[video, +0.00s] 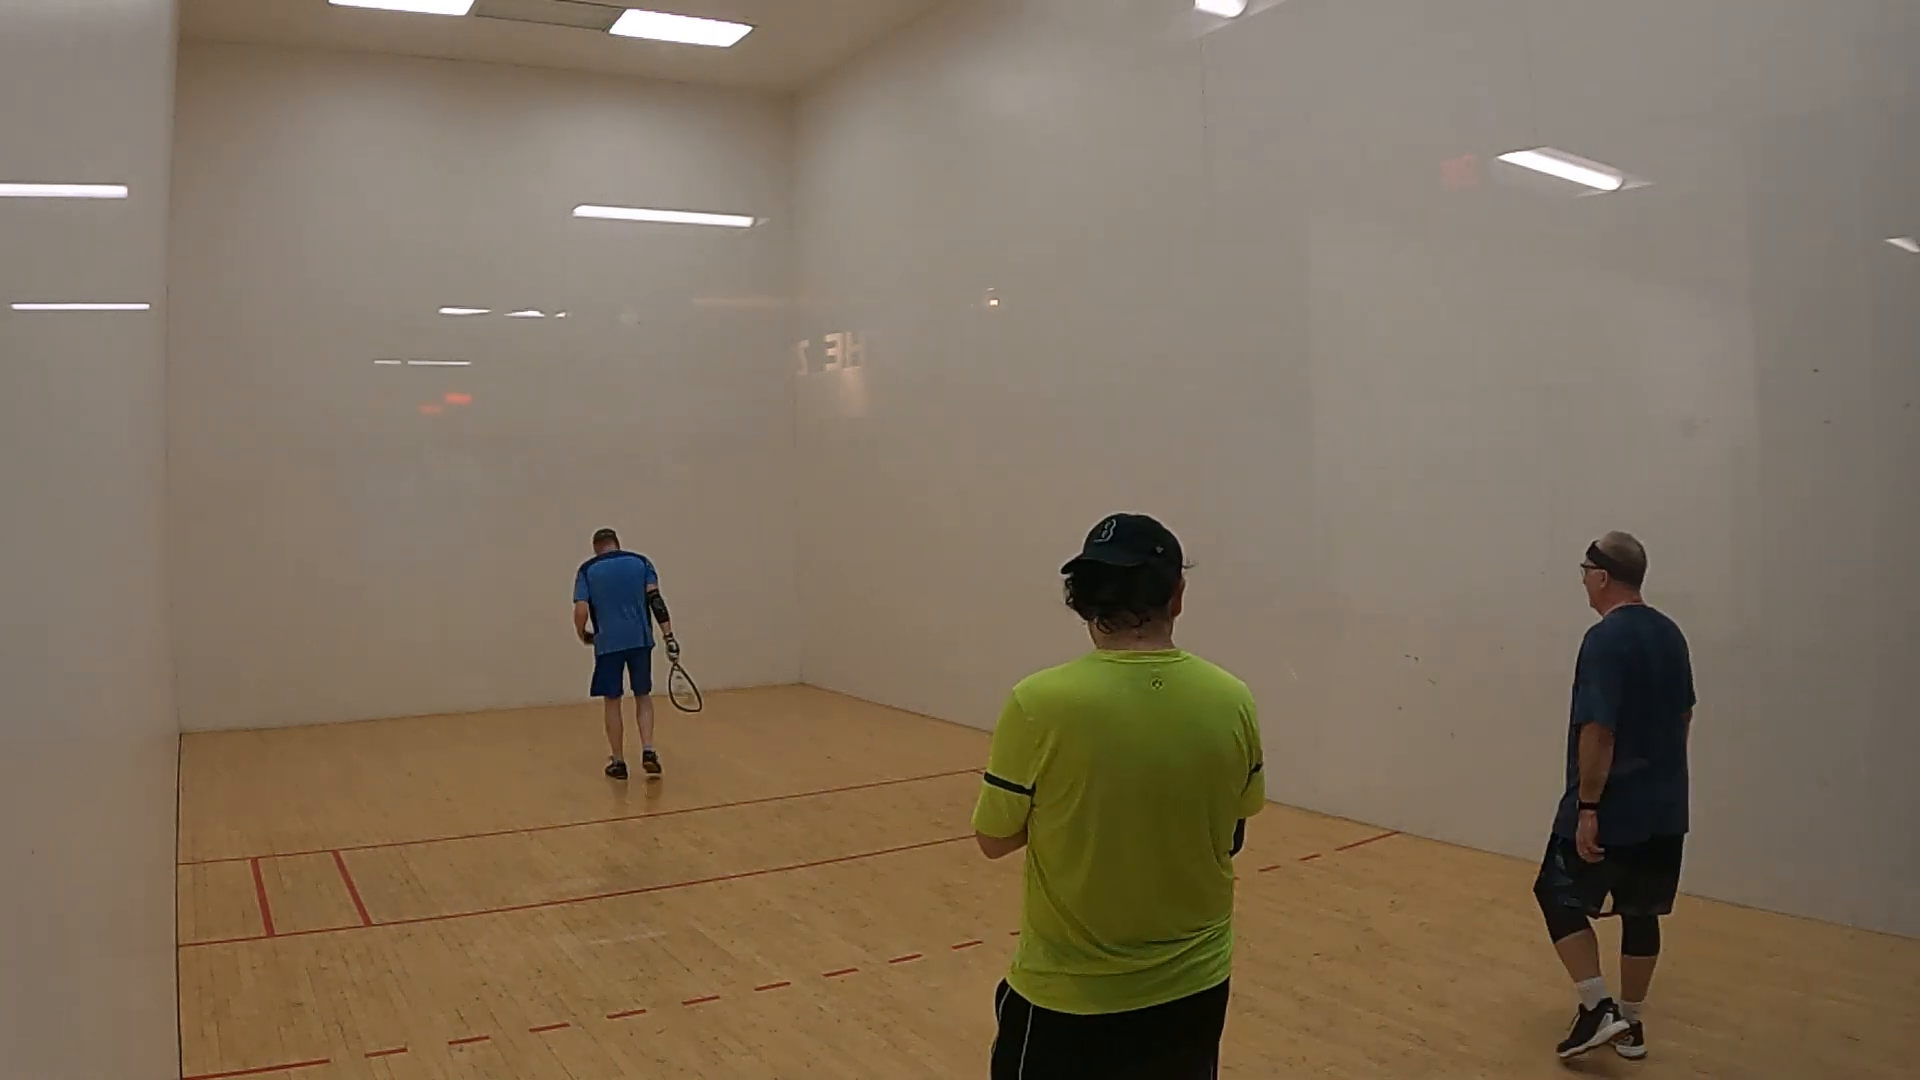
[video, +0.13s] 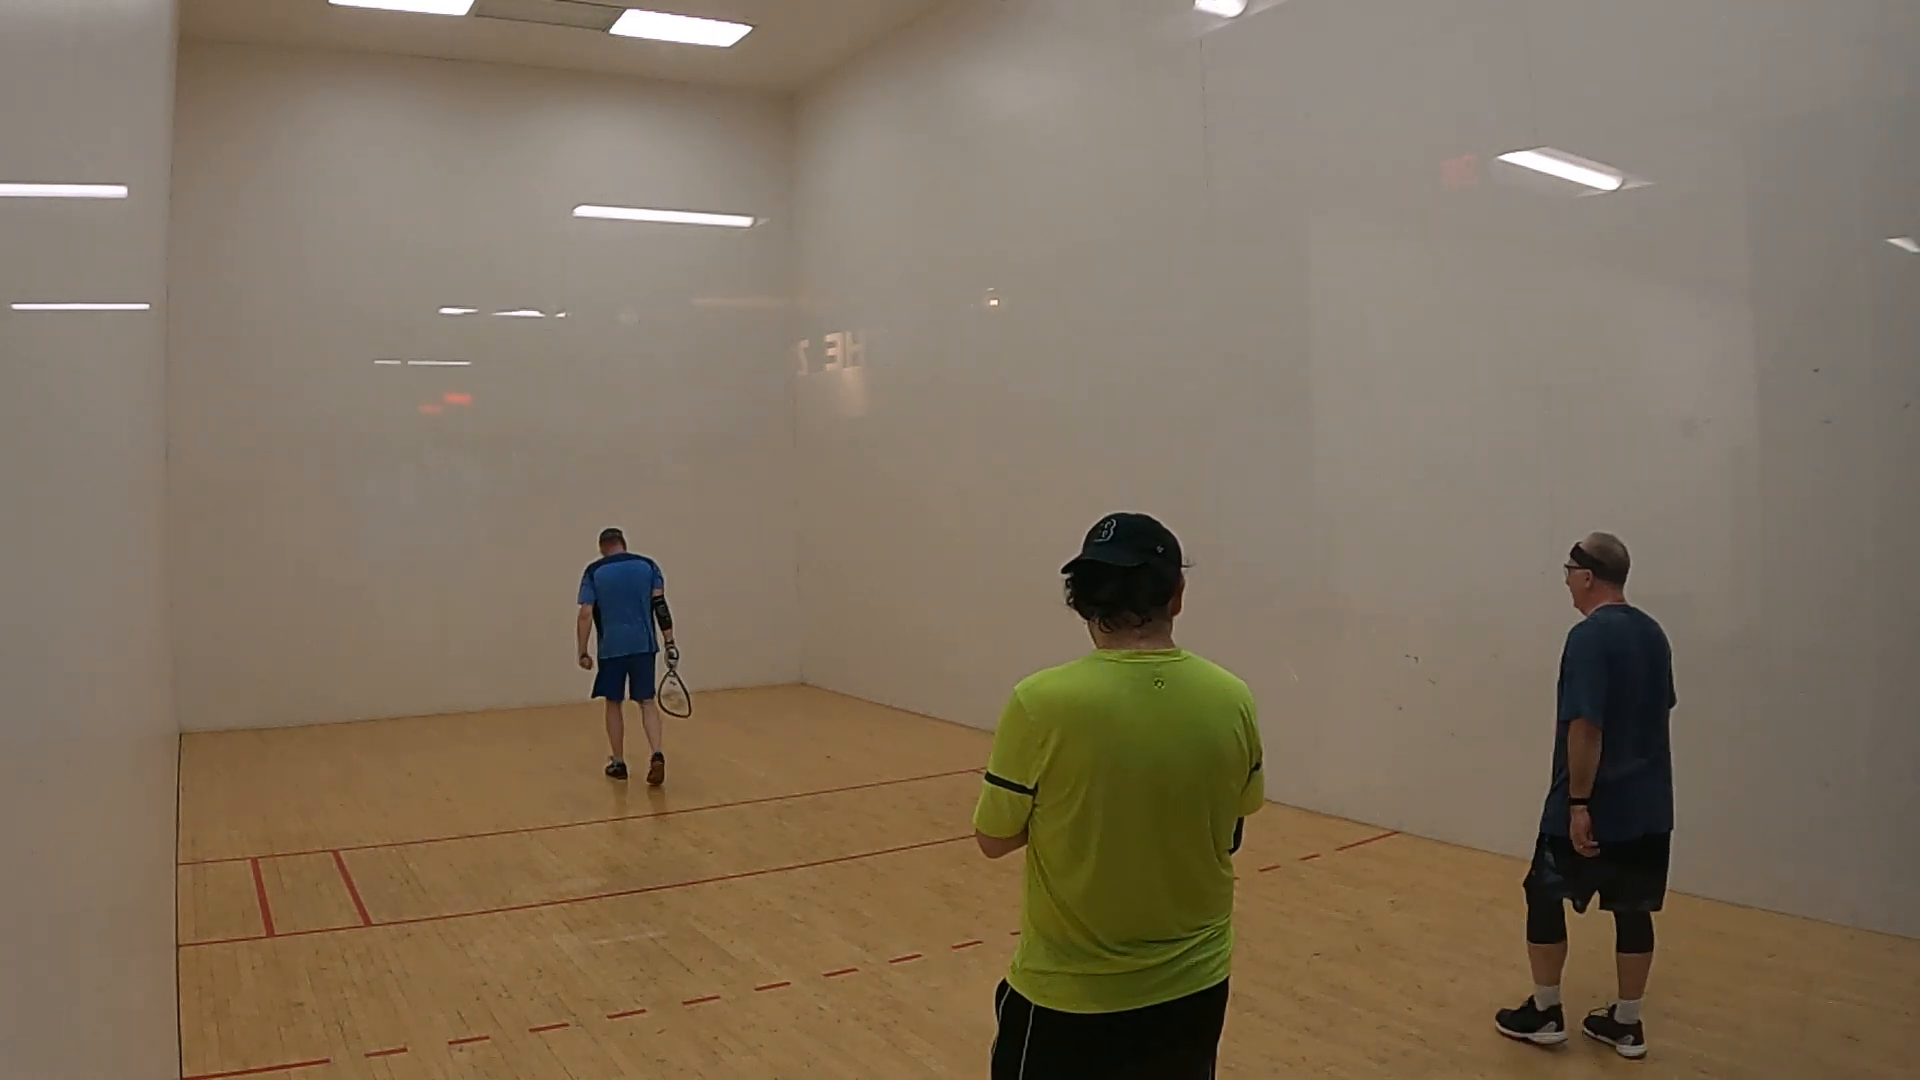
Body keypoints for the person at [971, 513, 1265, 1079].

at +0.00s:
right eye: (1186, 585)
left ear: (1082, 599)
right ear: (1178, 596)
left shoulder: (1039, 703)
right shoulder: (1230, 701)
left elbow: (994, 838)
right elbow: (1232, 833)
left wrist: (1069, 796)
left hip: (1061, 1016)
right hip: (1188, 1010)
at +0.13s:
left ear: (1082, 600)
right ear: (1178, 595)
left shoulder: (1041, 702)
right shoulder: (1230, 699)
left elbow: (994, 838)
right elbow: (1232, 830)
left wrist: (1071, 798)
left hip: (1062, 1014)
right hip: (1189, 1007)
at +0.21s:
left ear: (1080, 598)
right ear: (1178, 596)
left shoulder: (1041, 702)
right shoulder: (1229, 699)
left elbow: (993, 838)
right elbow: (1230, 831)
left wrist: (1071, 798)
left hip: (1061, 1014)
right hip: (1189, 1008)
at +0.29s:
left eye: (1082, 590)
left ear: (1082, 600)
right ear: (1177, 596)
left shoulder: (1042, 700)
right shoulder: (1229, 697)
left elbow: (991, 840)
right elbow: (1230, 832)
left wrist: (1067, 795)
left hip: (1064, 1013)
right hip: (1190, 1005)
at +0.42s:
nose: (1073, 599)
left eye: (1073, 587)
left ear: (1079, 596)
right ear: (1170, 591)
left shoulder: (1044, 698)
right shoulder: (1230, 696)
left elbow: (982, 847)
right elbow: (1234, 844)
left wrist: (1050, 797)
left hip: (1065, 1013)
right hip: (1189, 1004)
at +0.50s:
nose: (1069, 597)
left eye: (1069, 584)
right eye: (1071, 582)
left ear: (1078, 595)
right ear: (1165, 590)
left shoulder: (1047, 695)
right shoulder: (1229, 696)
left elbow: (981, 850)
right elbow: (1242, 847)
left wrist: (1038, 796)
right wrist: (1201, 927)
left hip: (1065, 1011)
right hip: (1190, 1002)